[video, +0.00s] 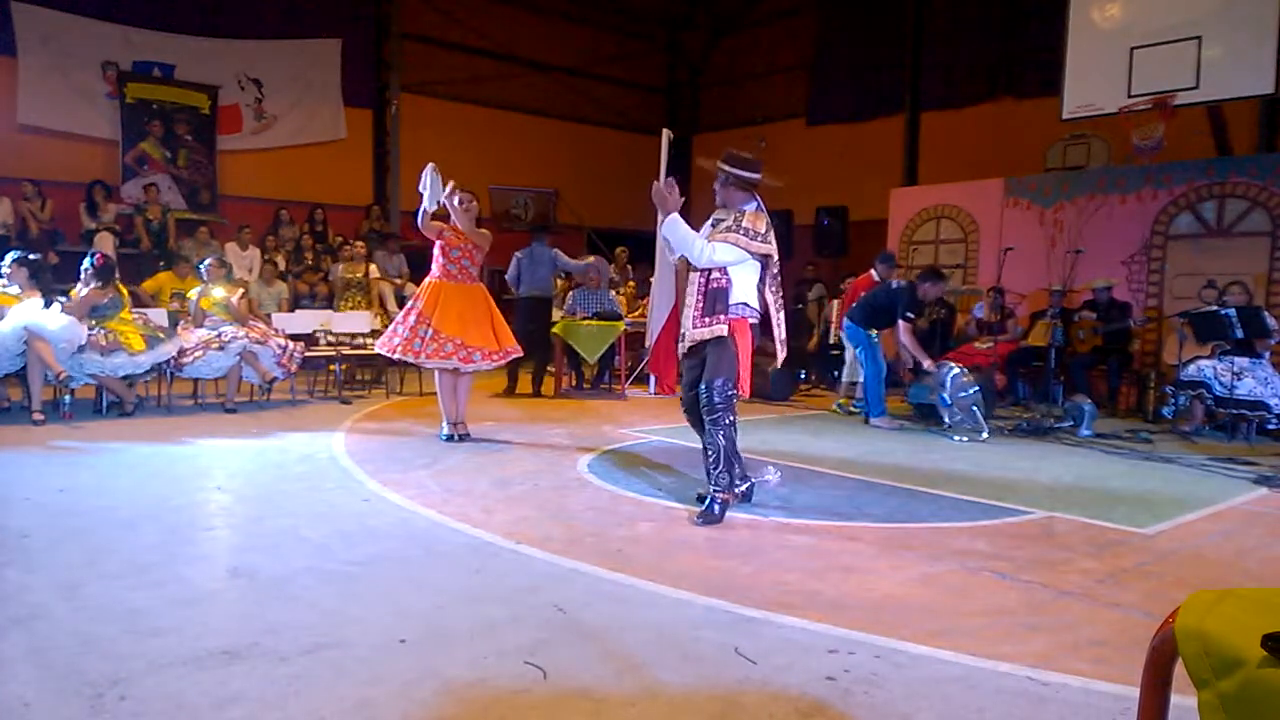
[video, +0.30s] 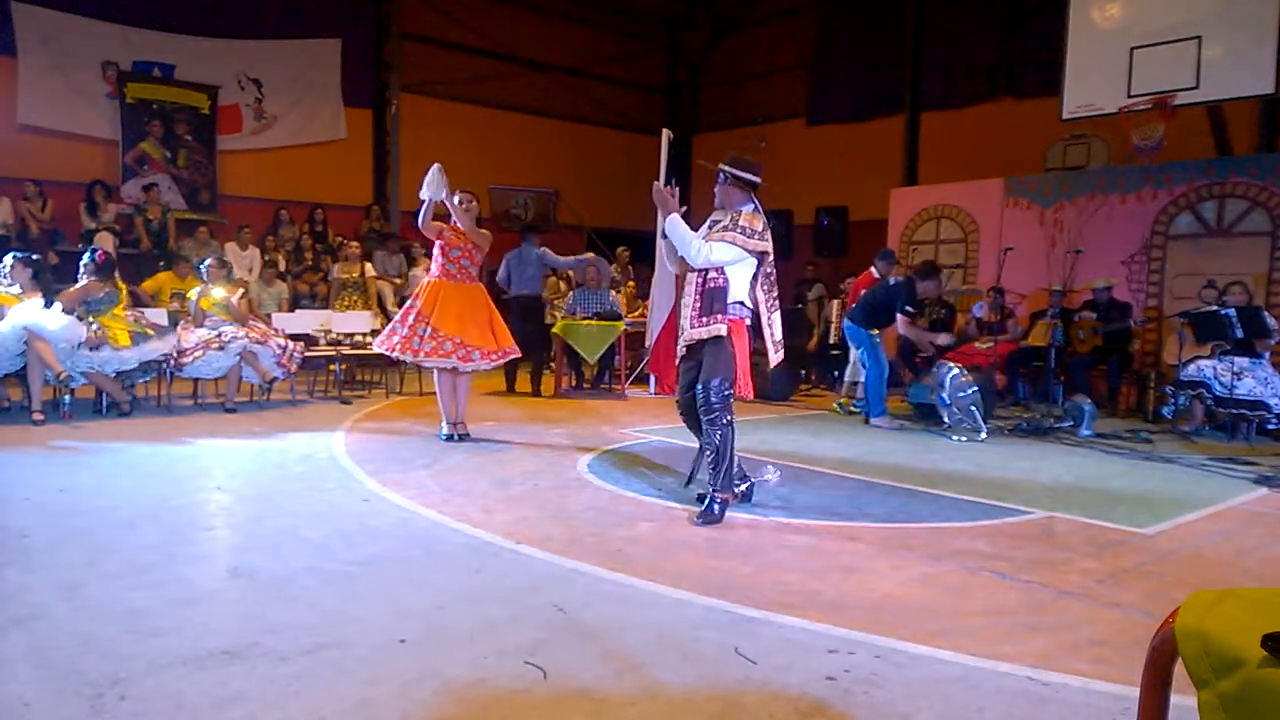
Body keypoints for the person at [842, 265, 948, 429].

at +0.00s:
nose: (939, 296)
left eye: (941, 292)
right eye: (939, 291)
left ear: (925, 285)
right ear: (926, 286)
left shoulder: (907, 290)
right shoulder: (910, 296)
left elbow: (899, 331)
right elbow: (905, 334)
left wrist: (904, 353)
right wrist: (925, 360)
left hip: (864, 327)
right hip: (859, 327)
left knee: (875, 368)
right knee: (876, 368)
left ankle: (874, 412)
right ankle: (877, 415)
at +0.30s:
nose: (940, 288)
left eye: (940, 283)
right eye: (938, 283)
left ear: (923, 280)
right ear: (928, 282)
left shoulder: (908, 288)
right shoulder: (907, 290)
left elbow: (907, 327)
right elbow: (903, 328)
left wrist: (927, 347)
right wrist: (935, 338)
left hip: (865, 326)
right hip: (858, 326)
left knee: (877, 366)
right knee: (878, 366)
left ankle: (874, 412)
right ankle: (877, 415)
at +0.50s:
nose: (933, 285)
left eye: (934, 280)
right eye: (932, 280)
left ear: (916, 273)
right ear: (925, 278)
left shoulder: (901, 282)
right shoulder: (911, 291)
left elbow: (893, 316)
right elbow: (926, 321)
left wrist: (912, 329)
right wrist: (934, 321)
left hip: (855, 323)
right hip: (863, 328)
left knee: (874, 368)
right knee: (882, 368)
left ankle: (872, 411)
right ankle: (879, 414)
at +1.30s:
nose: (928, 283)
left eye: (929, 278)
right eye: (928, 278)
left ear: (911, 271)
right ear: (920, 275)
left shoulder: (894, 281)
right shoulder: (907, 289)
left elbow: (899, 325)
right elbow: (910, 326)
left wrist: (920, 337)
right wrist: (928, 338)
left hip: (853, 323)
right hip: (863, 328)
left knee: (872, 367)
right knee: (882, 368)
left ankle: (871, 411)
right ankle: (879, 414)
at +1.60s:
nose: (930, 289)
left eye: (932, 285)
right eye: (930, 285)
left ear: (917, 278)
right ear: (921, 279)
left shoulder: (898, 284)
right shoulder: (905, 290)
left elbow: (888, 325)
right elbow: (897, 327)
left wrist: (902, 349)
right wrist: (910, 354)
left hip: (856, 323)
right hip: (861, 326)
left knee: (871, 367)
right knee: (878, 366)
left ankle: (871, 410)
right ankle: (878, 414)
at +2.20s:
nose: (926, 292)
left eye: (928, 288)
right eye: (926, 287)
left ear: (914, 279)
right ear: (916, 280)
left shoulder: (894, 283)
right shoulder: (902, 291)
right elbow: (904, 330)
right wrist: (921, 358)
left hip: (847, 323)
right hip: (856, 327)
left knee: (866, 368)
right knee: (870, 369)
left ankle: (868, 408)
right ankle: (862, 414)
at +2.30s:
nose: (923, 293)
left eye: (926, 289)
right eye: (924, 288)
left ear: (911, 279)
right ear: (915, 280)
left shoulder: (888, 281)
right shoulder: (901, 291)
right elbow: (903, 329)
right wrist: (920, 358)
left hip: (843, 322)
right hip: (856, 327)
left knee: (860, 369)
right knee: (869, 370)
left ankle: (866, 408)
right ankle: (861, 414)